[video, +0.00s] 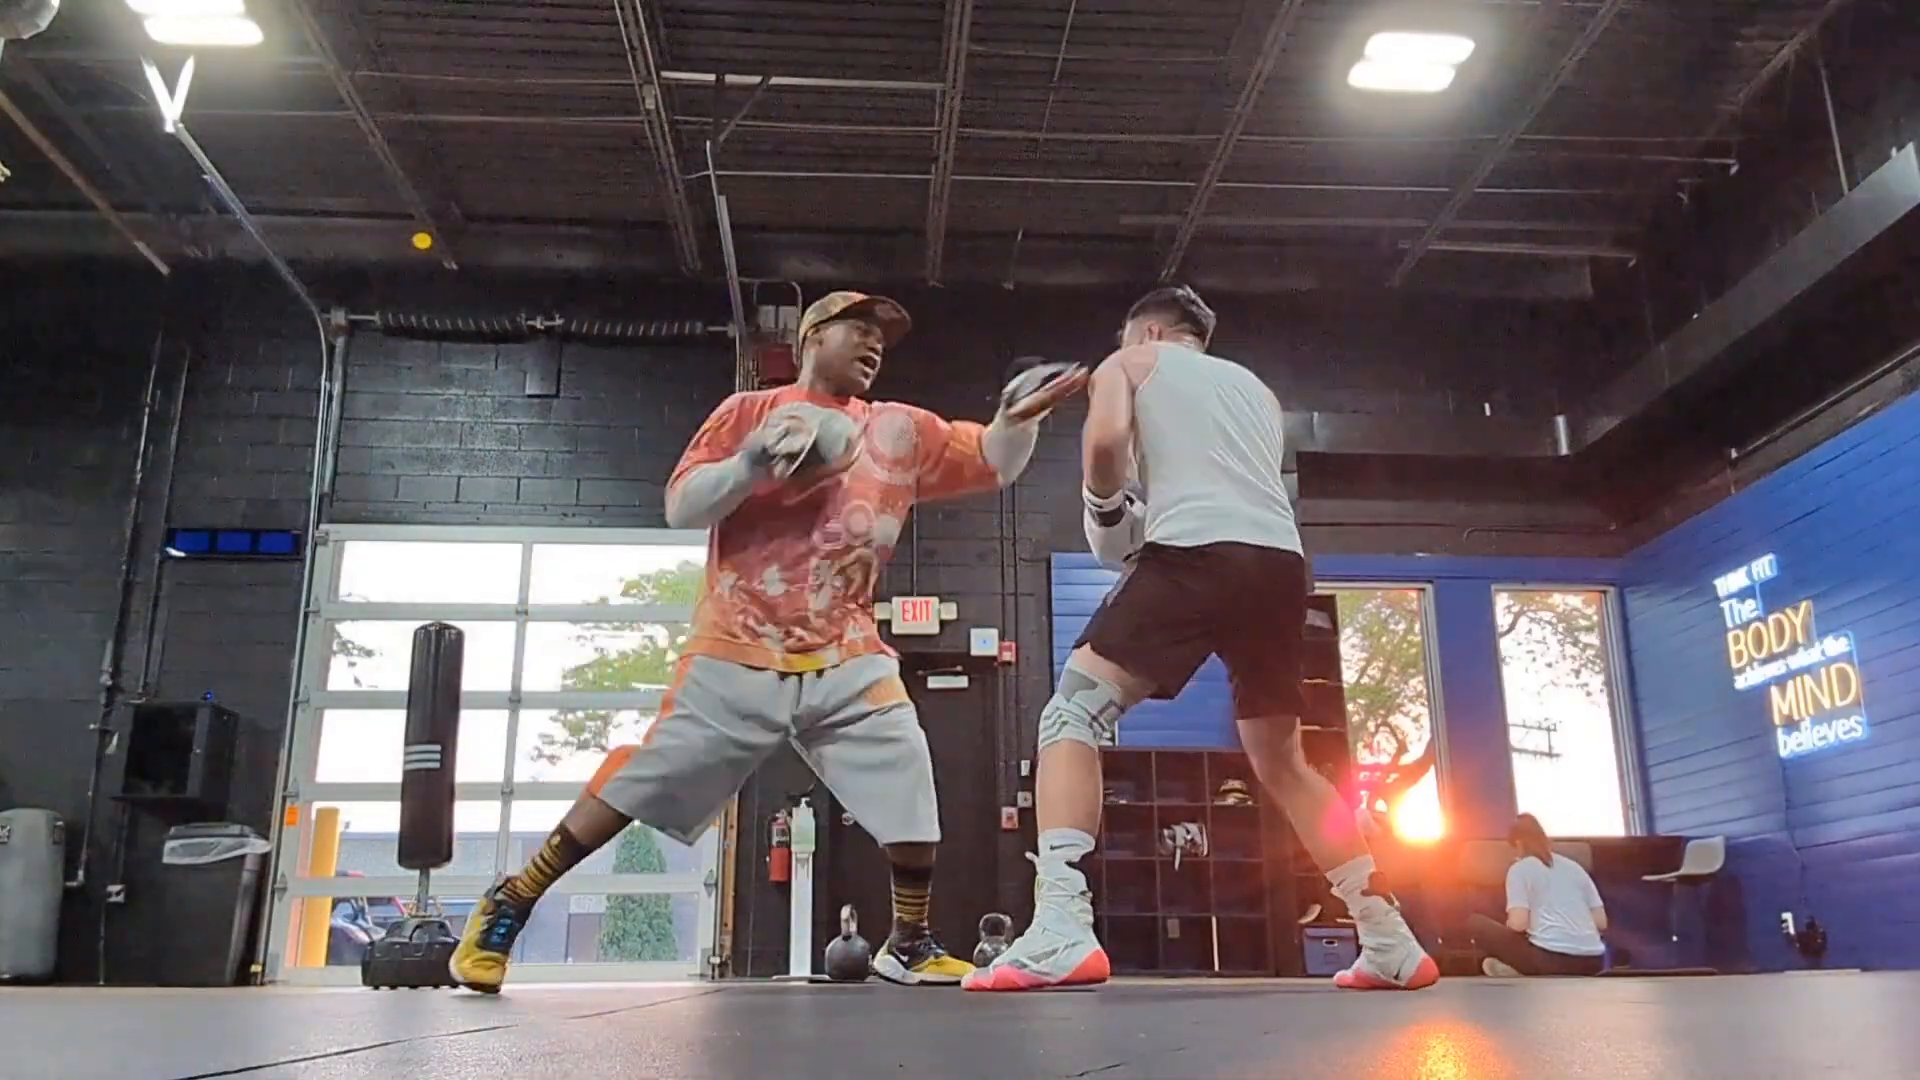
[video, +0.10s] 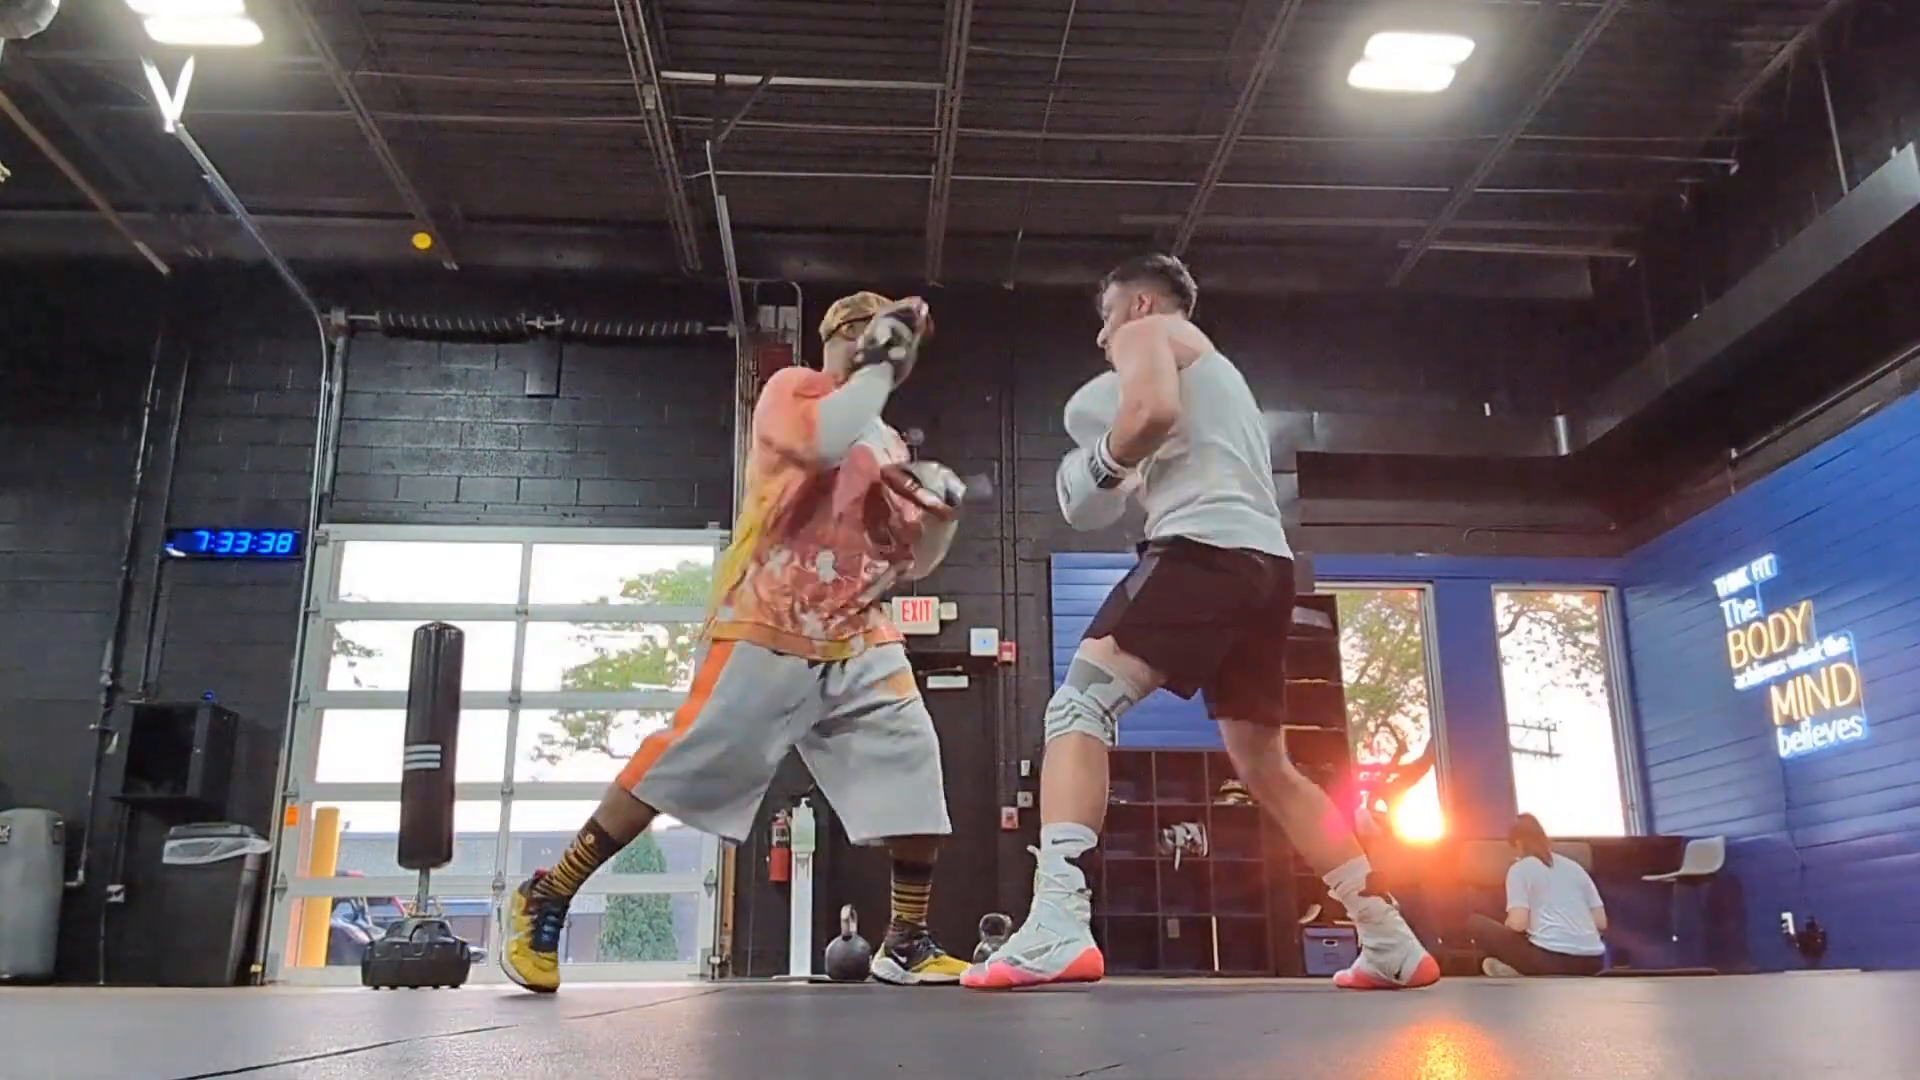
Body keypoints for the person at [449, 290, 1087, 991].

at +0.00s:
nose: (875, 338)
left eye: (881, 330)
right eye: (858, 322)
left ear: (879, 352)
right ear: (810, 335)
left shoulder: (902, 428)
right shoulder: (749, 411)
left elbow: (996, 465)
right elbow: (683, 505)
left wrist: (1015, 419)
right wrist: (755, 458)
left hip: (848, 644)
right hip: (737, 641)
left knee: (907, 762)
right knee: (656, 770)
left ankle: (908, 943)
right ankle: (512, 902)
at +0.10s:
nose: (877, 358)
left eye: (887, 349)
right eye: (864, 341)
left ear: (896, 364)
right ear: (832, 346)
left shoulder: (888, 445)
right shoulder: (789, 389)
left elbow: (912, 565)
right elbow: (827, 439)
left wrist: (942, 518)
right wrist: (884, 360)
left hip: (859, 628)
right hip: (772, 617)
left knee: (913, 753)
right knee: (698, 749)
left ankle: (906, 941)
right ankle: (547, 897)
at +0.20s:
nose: (913, 350)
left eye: (916, 340)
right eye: (898, 338)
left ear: (901, 352)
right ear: (858, 341)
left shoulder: (885, 422)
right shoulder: (838, 384)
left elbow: (884, 572)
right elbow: (961, 382)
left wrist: (912, 537)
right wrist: (1042, 341)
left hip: (862, 633)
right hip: (788, 618)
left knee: (914, 755)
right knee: (695, 758)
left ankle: (903, 940)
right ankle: (553, 899)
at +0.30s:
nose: (921, 348)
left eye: (922, 338)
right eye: (907, 334)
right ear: (865, 340)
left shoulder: (888, 427)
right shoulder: (856, 377)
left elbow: (857, 563)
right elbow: (991, 395)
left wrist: (923, 596)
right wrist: (1072, 409)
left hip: (858, 624)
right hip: (789, 604)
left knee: (913, 754)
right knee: (705, 749)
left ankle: (905, 940)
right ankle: (548, 893)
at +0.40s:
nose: (925, 350)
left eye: (927, 341)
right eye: (913, 334)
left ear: (901, 350)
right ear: (866, 335)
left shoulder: (894, 442)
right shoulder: (832, 383)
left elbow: (920, 555)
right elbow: (879, 463)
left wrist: (1011, 562)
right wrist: (979, 467)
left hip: (863, 622)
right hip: (785, 598)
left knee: (915, 747)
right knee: (701, 745)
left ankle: (905, 937)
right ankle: (548, 892)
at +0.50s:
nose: (907, 337)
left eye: (912, 329)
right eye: (893, 322)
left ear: (909, 345)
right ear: (847, 328)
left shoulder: (920, 437)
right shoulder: (790, 394)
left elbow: (1004, 491)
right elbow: (733, 493)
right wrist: (844, 498)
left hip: (865, 628)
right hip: (770, 604)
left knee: (917, 749)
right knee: (683, 741)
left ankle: (908, 931)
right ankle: (554, 909)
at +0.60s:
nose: (864, 333)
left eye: (873, 325)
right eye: (849, 317)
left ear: (878, 343)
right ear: (806, 326)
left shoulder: (904, 415)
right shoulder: (751, 411)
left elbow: (994, 418)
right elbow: (699, 514)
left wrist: (1074, 385)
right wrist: (781, 479)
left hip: (853, 630)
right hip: (748, 617)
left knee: (911, 746)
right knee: (665, 753)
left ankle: (908, 935)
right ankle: (545, 921)